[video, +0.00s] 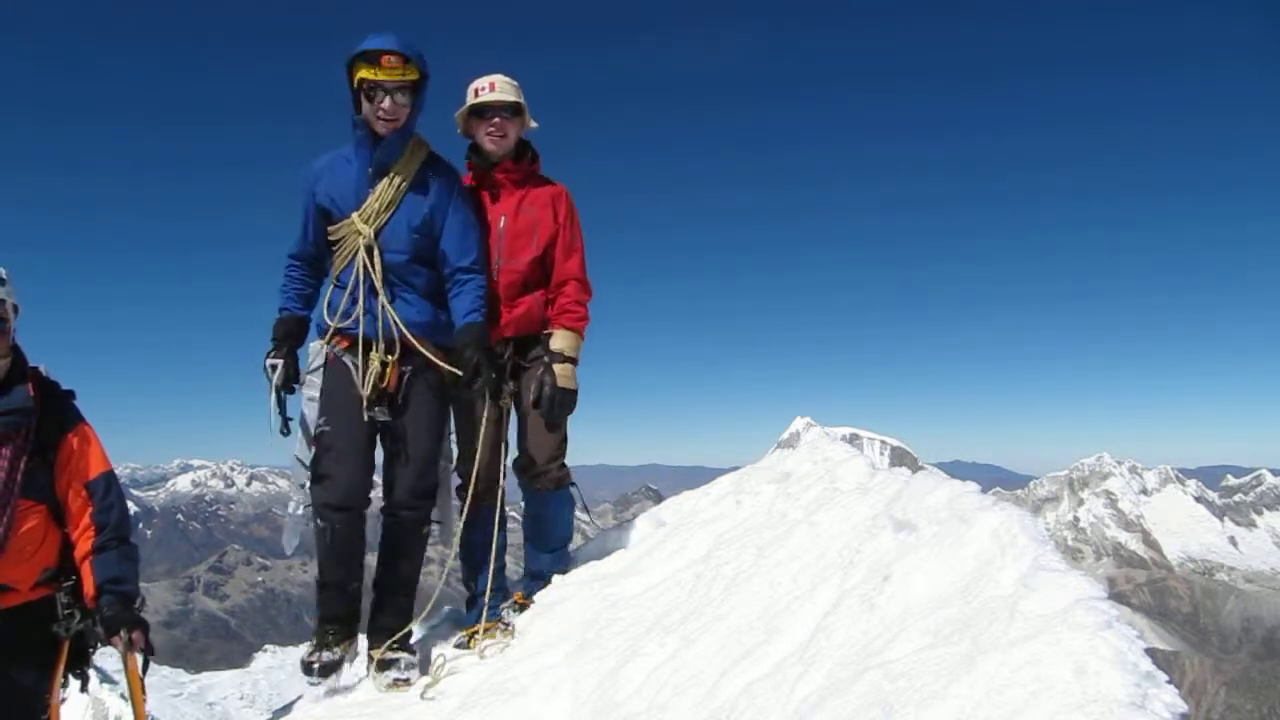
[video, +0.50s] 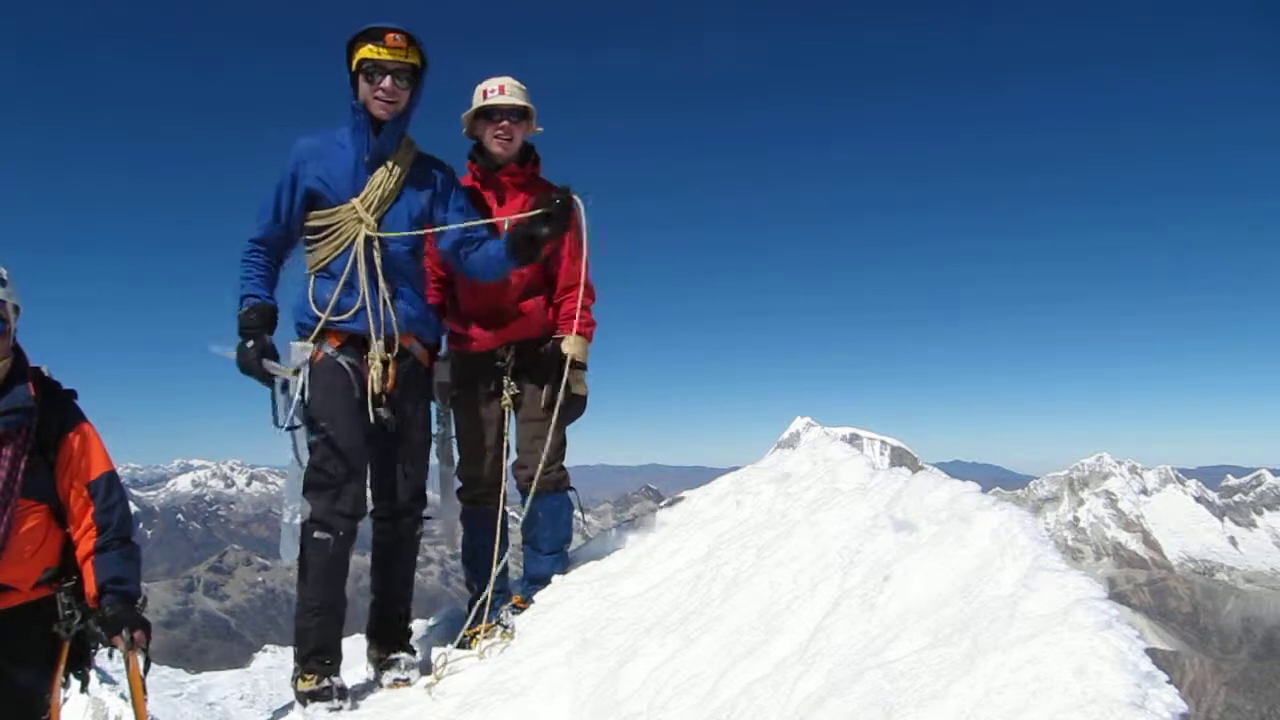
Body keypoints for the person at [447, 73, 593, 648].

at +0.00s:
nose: (496, 124)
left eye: (506, 115)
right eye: (485, 115)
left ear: (522, 124)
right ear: (470, 127)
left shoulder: (552, 198)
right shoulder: (454, 198)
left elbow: (571, 282)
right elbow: (440, 272)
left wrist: (562, 353)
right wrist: (452, 341)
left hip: (536, 348)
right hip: (473, 347)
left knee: (543, 463)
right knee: (477, 472)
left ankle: (546, 585)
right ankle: (484, 600)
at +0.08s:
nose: (497, 126)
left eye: (507, 117)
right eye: (486, 118)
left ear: (523, 126)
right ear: (470, 129)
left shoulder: (553, 201)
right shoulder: (455, 199)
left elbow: (571, 287)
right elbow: (439, 273)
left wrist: (563, 360)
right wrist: (449, 342)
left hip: (536, 351)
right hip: (473, 351)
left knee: (542, 466)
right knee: (479, 475)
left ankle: (543, 583)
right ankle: (487, 601)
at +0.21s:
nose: (499, 125)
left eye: (510, 116)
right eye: (488, 117)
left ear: (526, 126)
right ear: (472, 128)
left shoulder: (553, 201)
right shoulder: (455, 199)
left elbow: (571, 286)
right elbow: (438, 275)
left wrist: (565, 357)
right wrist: (450, 347)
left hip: (537, 348)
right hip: (474, 350)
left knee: (544, 465)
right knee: (479, 473)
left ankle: (544, 583)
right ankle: (488, 597)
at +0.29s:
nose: (501, 126)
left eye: (512, 116)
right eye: (490, 117)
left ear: (527, 126)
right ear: (474, 127)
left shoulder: (554, 202)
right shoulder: (456, 199)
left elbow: (574, 286)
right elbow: (437, 278)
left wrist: (567, 357)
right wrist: (434, 353)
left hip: (538, 349)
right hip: (473, 352)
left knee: (542, 466)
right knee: (480, 473)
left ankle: (543, 587)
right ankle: (487, 599)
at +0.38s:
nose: (502, 127)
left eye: (512, 118)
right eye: (490, 118)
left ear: (527, 127)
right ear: (474, 128)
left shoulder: (554, 202)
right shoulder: (455, 201)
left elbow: (576, 285)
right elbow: (434, 279)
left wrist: (570, 355)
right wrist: (431, 351)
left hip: (538, 350)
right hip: (473, 353)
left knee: (542, 467)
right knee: (479, 475)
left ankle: (543, 587)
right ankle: (486, 597)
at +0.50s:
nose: (503, 128)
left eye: (514, 118)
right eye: (492, 119)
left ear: (529, 127)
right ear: (474, 128)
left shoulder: (557, 202)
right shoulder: (453, 202)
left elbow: (575, 283)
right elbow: (432, 282)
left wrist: (573, 353)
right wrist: (423, 349)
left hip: (540, 351)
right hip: (472, 354)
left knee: (539, 468)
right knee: (479, 477)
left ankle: (542, 586)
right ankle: (484, 600)